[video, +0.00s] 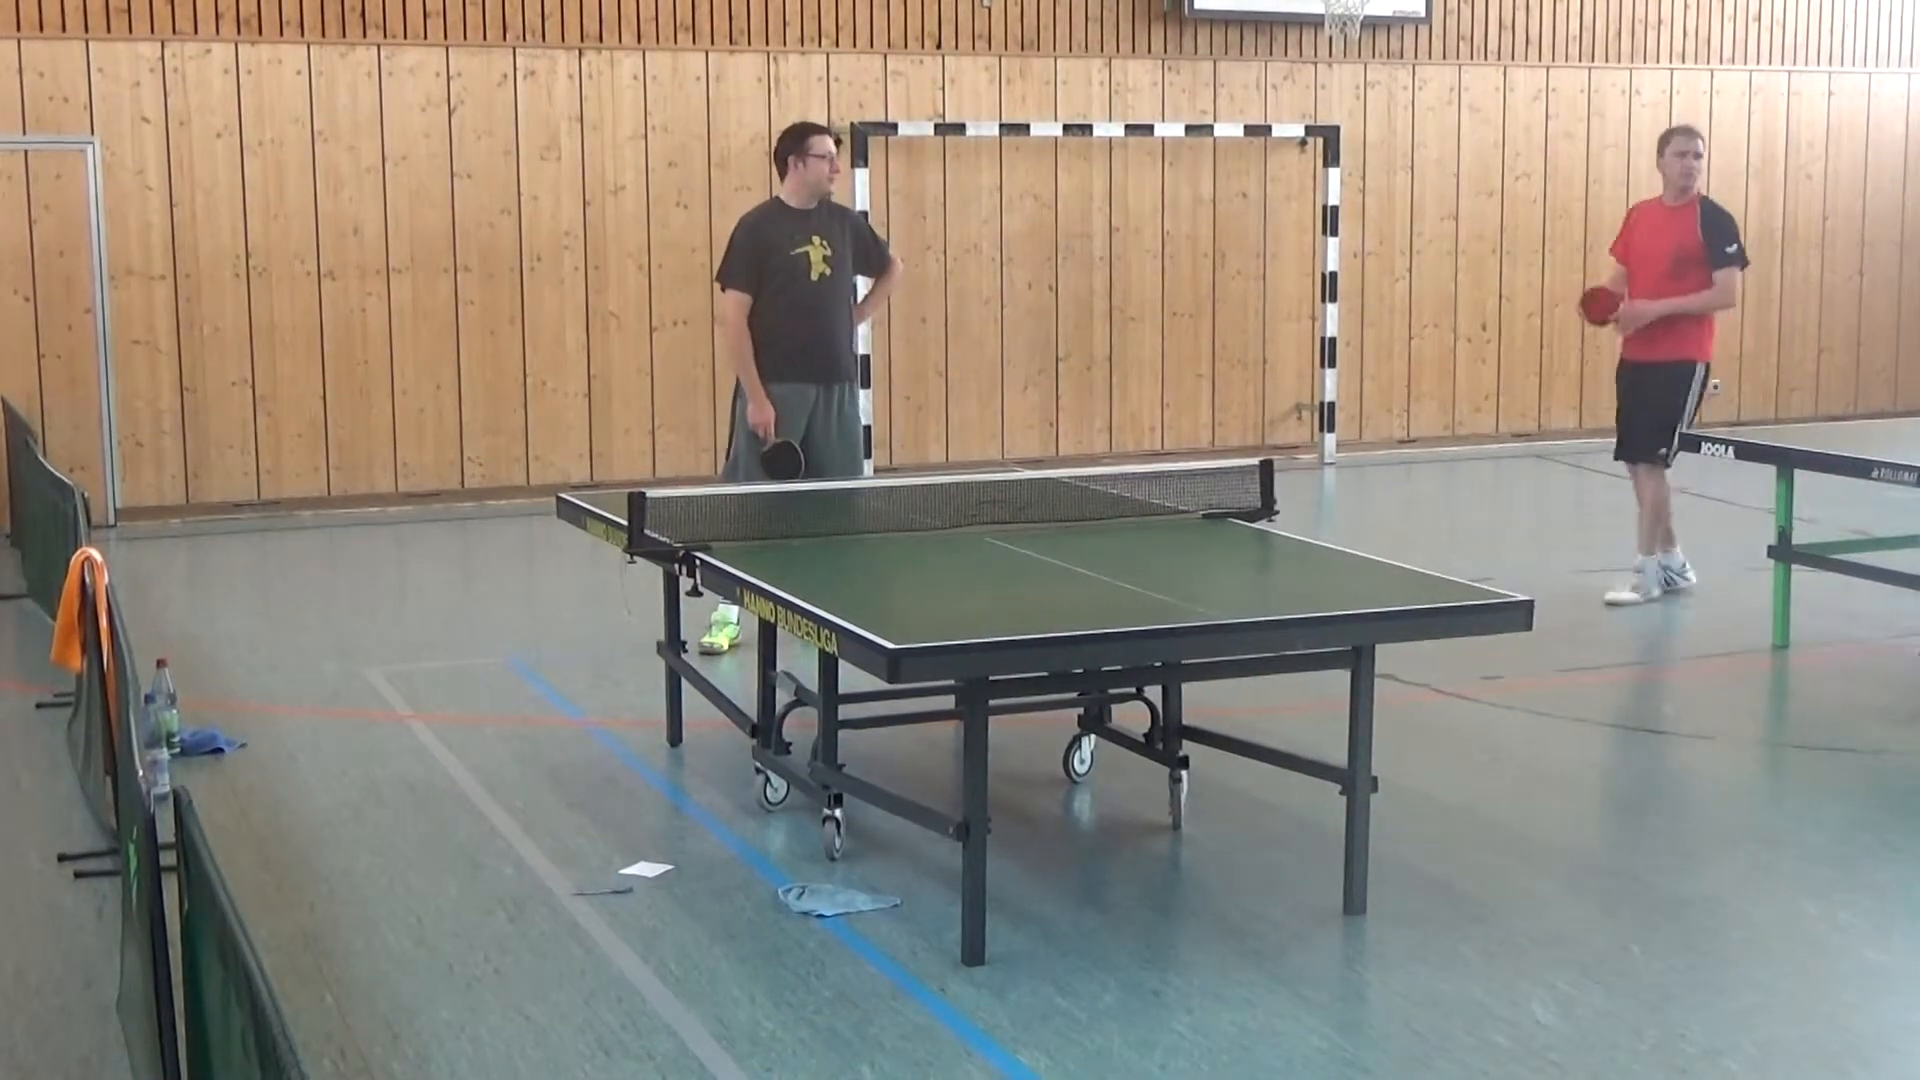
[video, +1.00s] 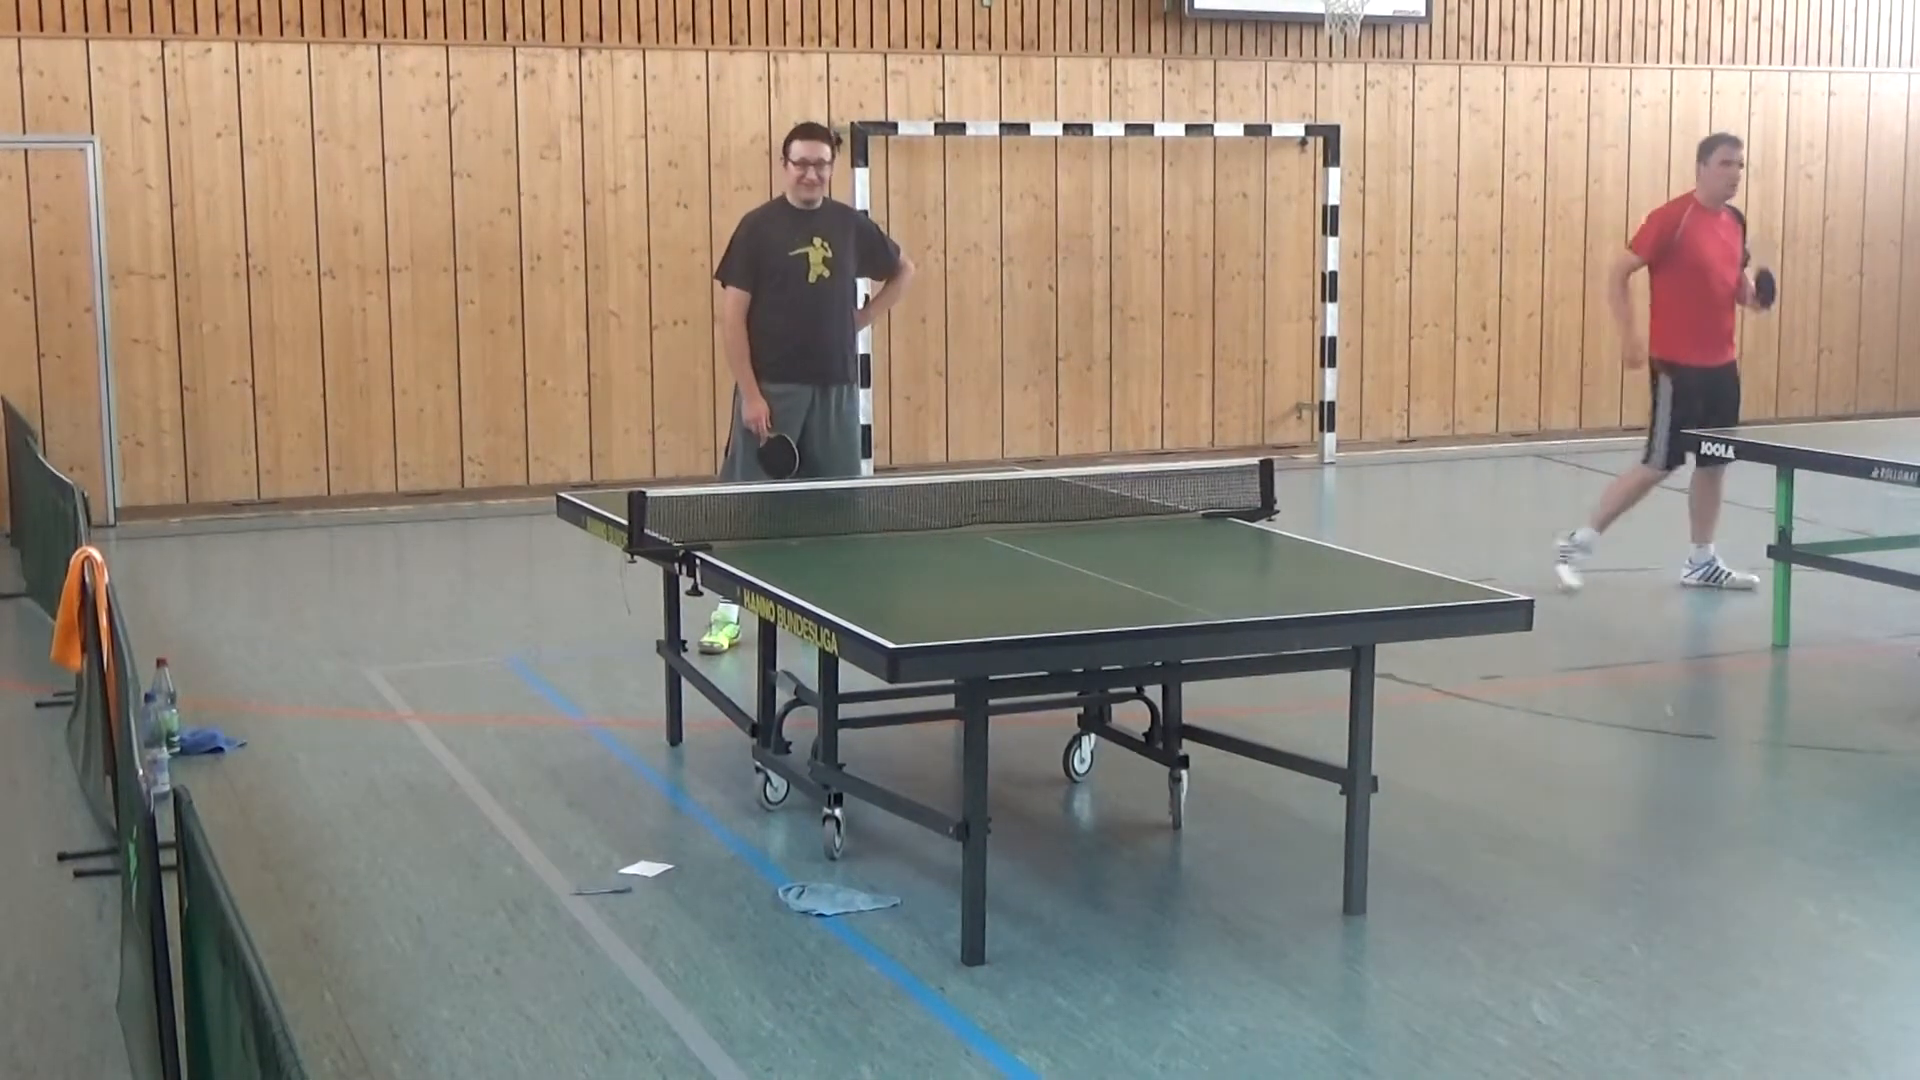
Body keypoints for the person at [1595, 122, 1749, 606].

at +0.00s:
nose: (1689, 162)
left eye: (1696, 156)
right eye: (1680, 154)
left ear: (1705, 164)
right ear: (1660, 161)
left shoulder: (1714, 219)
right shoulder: (1639, 215)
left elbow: (1727, 294)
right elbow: (1620, 279)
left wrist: (1654, 308)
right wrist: (1603, 304)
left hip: (1683, 357)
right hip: (1637, 354)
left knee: (1649, 460)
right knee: (1639, 462)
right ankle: (1673, 562)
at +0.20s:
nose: (1669, 167)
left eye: (1675, 160)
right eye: (1659, 159)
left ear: (1682, 167)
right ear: (1639, 164)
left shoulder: (1693, 224)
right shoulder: (1613, 215)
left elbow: (1707, 297)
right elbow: (1598, 280)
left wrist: (1643, 316)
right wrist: (1590, 308)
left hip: (1657, 362)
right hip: (1606, 357)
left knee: (1635, 464)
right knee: (1588, 458)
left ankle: (1634, 569)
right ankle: (1634, 544)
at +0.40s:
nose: (1646, 168)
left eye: (1649, 160)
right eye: (1636, 160)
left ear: (1652, 165)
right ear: (1611, 166)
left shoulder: (1669, 220)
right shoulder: (1579, 221)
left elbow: (1705, 283)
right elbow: (1562, 293)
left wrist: (1667, 301)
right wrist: (1559, 355)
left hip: (1653, 368)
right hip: (1596, 366)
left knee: (1647, 466)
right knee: (1576, 462)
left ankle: (1638, 570)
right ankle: (1555, 557)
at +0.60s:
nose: (1657, 165)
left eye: (1659, 157)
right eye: (1647, 157)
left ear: (1660, 165)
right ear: (1620, 164)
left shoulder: (1668, 216)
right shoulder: (1584, 219)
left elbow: (1698, 277)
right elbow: (1558, 287)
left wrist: (1700, 257)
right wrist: (1542, 351)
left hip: (1660, 362)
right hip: (1605, 364)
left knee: (1664, 461)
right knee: (1585, 462)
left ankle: (1671, 561)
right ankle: (1556, 556)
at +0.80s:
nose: (1696, 169)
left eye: (1698, 163)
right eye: (1687, 162)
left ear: (1694, 170)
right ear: (1658, 166)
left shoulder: (1695, 223)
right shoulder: (1620, 220)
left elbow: (1723, 283)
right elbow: (1577, 280)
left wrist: (1737, 259)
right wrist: (1553, 348)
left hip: (1678, 367)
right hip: (1622, 366)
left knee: (1690, 462)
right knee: (1593, 461)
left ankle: (1697, 558)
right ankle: (1555, 553)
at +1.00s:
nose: (1736, 174)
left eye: (1740, 166)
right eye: (1727, 164)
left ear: (1741, 172)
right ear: (1701, 168)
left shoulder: (1734, 222)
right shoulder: (1671, 218)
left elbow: (1731, 280)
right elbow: (1618, 271)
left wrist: (1750, 294)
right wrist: (1628, 338)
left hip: (1721, 363)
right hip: (1676, 362)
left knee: (1712, 462)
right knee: (1660, 463)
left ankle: (1702, 561)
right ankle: (1579, 543)